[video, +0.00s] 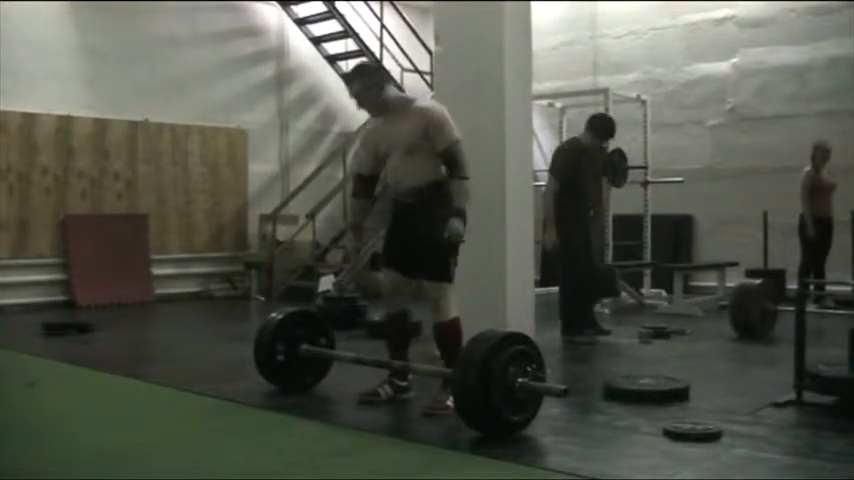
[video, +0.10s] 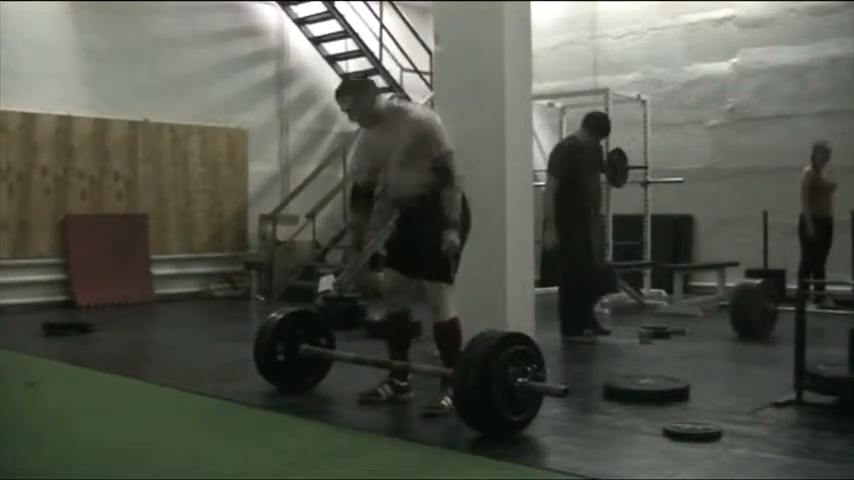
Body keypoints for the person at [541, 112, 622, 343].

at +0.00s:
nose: (601, 145)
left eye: (604, 141)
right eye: (600, 139)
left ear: (605, 138)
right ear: (593, 133)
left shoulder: (599, 154)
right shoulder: (567, 151)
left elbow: (617, 181)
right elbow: (550, 192)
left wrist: (618, 161)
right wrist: (550, 229)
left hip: (589, 225)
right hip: (568, 225)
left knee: (587, 273)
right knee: (572, 275)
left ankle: (587, 321)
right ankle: (572, 327)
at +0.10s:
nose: (597, 142)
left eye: (600, 138)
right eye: (596, 137)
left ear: (601, 135)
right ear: (588, 130)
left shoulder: (594, 151)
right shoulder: (564, 150)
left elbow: (613, 181)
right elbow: (550, 192)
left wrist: (617, 164)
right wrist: (550, 228)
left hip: (587, 223)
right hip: (567, 224)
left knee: (588, 272)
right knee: (572, 274)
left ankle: (587, 320)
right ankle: (570, 327)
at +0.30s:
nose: (592, 141)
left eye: (595, 137)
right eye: (591, 135)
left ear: (595, 133)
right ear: (582, 129)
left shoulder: (591, 149)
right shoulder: (562, 149)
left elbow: (592, 187)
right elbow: (549, 191)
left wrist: (594, 222)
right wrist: (550, 227)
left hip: (586, 222)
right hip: (567, 222)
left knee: (589, 271)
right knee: (572, 274)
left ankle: (586, 319)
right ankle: (570, 327)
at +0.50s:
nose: (592, 141)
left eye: (595, 137)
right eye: (590, 136)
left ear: (594, 133)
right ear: (583, 129)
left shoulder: (591, 149)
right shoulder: (560, 150)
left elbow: (592, 185)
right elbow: (548, 190)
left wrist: (594, 219)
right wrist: (551, 226)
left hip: (586, 221)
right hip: (567, 222)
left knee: (588, 271)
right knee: (571, 274)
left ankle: (587, 321)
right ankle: (570, 327)